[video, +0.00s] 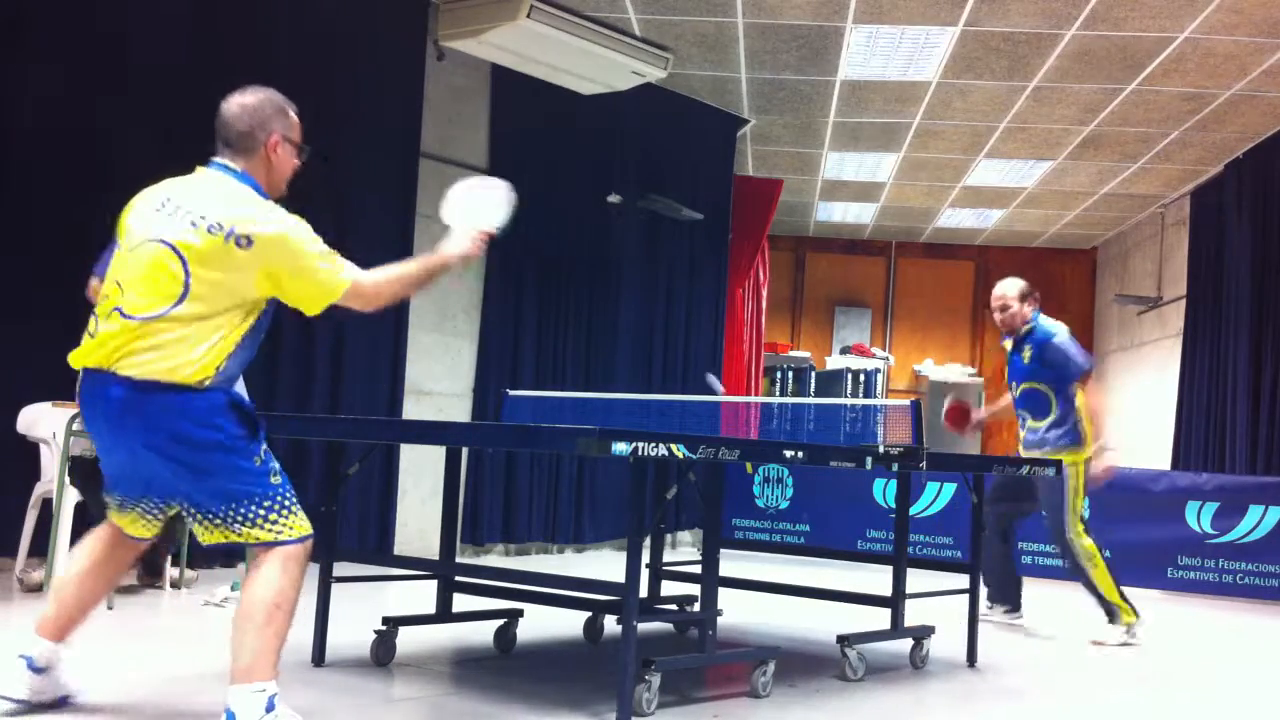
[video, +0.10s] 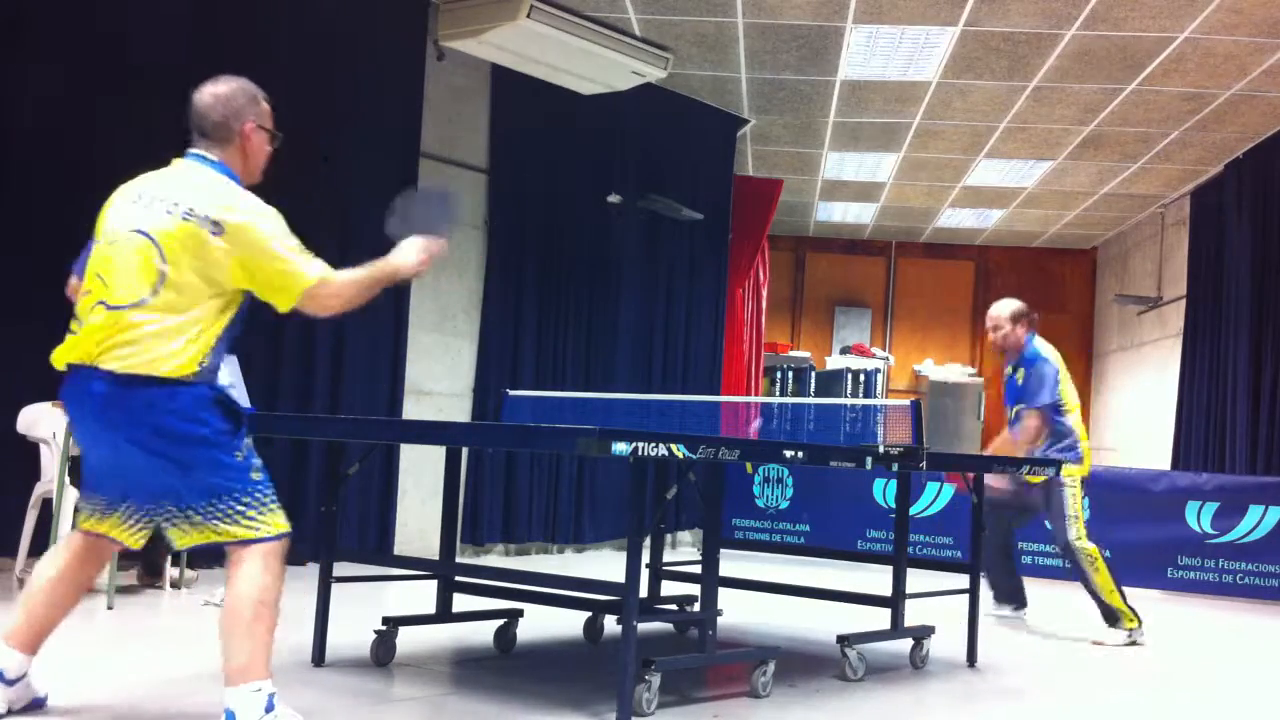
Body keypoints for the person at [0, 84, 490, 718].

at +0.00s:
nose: (297, 161)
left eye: (298, 148)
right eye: (296, 147)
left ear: (223, 142)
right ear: (273, 145)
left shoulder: (154, 197)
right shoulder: (270, 226)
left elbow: (102, 289)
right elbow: (366, 292)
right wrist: (449, 256)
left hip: (103, 390)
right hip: (183, 401)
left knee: (134, 519)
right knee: (286, 540)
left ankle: (35, 661)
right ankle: (252, 702)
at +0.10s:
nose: (271, 145)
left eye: (271, 132)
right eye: (268, 132)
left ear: (197, 132)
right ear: (248, 133)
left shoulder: (131, 192)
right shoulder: (243, 214)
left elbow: (83, 287)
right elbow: (323, 296)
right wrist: (397, 265)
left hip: (91, 386)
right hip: (170, 395)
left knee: (99, 529)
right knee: (261, 539)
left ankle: (7, 669)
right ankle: (250, 703)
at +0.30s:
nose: (233, 131)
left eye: (232, 118)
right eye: (230, 118)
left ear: (162, 116)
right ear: (211, 117)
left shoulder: (97, 174)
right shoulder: (194, 184)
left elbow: (48, 272)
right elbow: (213, 294)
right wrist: (281, 314)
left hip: (53, 366)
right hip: (130, 368)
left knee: (59, 530)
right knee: (199, 527)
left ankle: (4, 675)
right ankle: (195, 694)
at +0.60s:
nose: (219, 123)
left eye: (219, 111)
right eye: (219, 111)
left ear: (147, 105)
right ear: (201, 110)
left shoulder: (78, 165)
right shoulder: (190, 175)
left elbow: (21, 264)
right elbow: (197, 282)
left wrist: (73, 316)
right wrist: (233, 331)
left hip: (37, 358)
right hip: (117, 365)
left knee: (49, 522)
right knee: (166, 539)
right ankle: (139, 707)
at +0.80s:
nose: (233, 129)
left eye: (234, 117)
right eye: (232, 116)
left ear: (160, 111)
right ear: (211, 117)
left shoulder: (113, 165)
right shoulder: (172, 180)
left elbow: (66, 274)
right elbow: (159, 291)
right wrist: (229, 340)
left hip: (29, 362)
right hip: (89, 370)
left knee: (58, 529)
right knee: (182, 530)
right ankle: (122, 702)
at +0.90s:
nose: (241, 123)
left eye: (241, 111)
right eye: (239, 111)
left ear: (172, 112)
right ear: (212, 116)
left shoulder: (129, 163)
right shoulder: (166, 185)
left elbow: (91, 283)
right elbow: (135, 295)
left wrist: (178, 352)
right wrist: (226, 340)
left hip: (52, 368)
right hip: (96, 376)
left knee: (76, 534)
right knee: (184, 543)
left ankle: (2, 674)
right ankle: (97, 704)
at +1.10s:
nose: (278, 115)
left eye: (277, 102)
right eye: (271, 100)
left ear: (228, 103)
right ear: (234, 102)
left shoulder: (235, 181)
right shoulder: (146, 178)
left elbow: (255, 279)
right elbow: (96, 297)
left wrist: (284, 334)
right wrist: (211, 358)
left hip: (183, 378)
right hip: (120, 374)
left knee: (188, 548)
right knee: (168, 546)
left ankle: (82, 665)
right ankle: (84, 702)